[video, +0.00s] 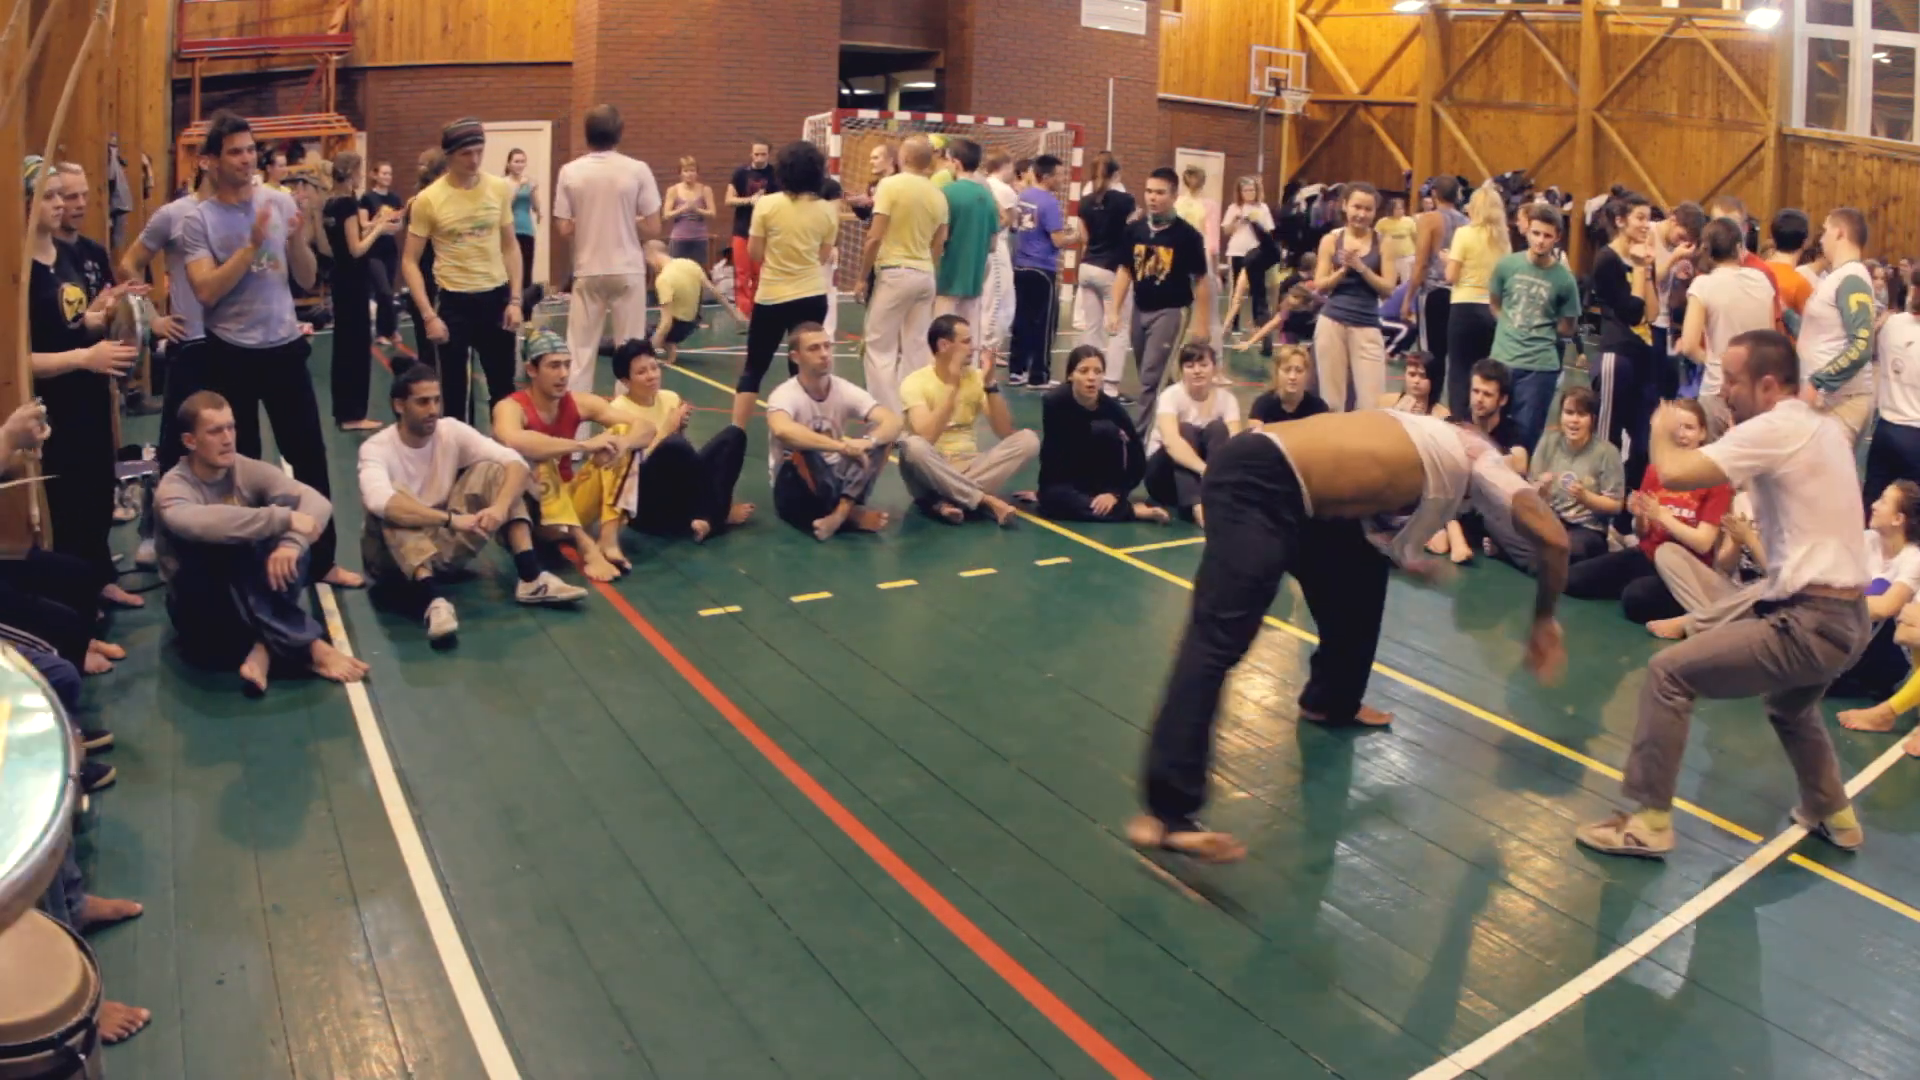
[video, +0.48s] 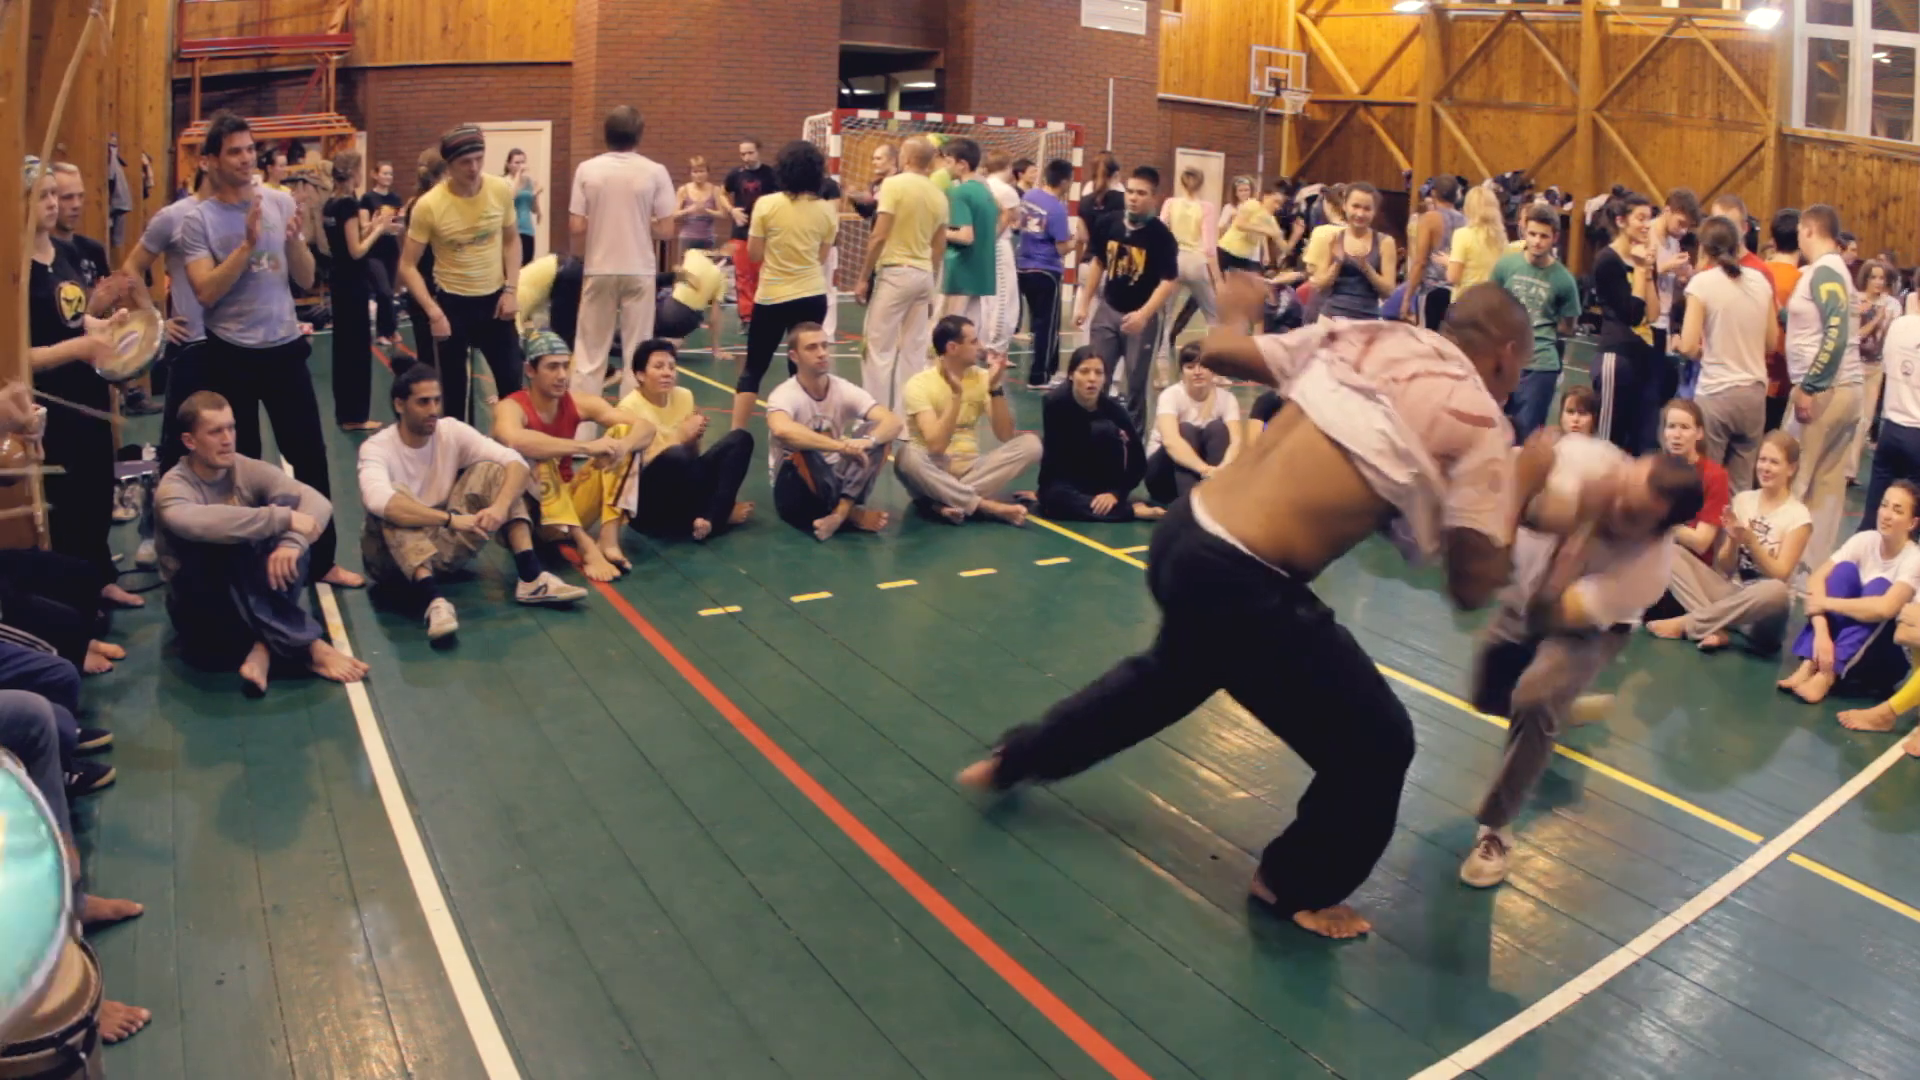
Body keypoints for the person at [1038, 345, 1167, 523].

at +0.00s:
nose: (1091, 377)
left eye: (1097, 371)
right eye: (1084, 371)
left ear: (1103, 376)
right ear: (1071, 376)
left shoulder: (1113, 410)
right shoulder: (1055, 404)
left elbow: (1139, 462)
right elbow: (1052, 451)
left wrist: (1115, 494)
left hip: (1103, 484)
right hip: (1066, 482)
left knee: (1106, 430)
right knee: (1054, 501)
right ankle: (1130, 512)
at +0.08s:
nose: (1092, 379)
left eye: (1098, 372)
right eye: (1084, 372)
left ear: (1104, 377)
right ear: (1071, 377)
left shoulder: (1113, 409)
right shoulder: (1055, 404)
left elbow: (1139, 462)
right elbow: (1052, 451)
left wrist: (1115, 494)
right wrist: (1043, 491)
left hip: (1103, 484)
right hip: (1066, 482)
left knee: (1106, 431)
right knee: (1054, 501)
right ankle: (1130, 512)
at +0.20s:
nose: (1092, 380)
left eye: (1098, 373)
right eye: (1085, 373)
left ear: (1104, 378)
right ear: (1072, 377)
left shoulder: (1113, 409)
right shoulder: (1056, 404)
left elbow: (1139, 461)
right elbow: (1051, 454)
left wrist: (1116, 494)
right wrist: (1044, 492)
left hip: (1104, 482)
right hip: (1067, 481)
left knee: (1105, 431)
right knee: (1053, 502)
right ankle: (1130, 512)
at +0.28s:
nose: (1092, 380)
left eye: (1098, 374)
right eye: (1085, 373)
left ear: (1105, 379)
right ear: (1072, 377)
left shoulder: (1114, 411)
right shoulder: (1056, 405)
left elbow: (1139, 462)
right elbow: (1051, 455)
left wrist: (1116, 494)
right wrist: (1043, 492)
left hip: (1104, 482)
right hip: (1066, 481)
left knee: (1104, 431)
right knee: (1053, 503)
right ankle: (1130, 512)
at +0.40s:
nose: (1092, 379)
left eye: (1098, 373)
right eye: (1085, 372)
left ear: (1105, 378)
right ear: (1071, 376)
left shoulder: (1112, 410)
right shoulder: (1056, 406)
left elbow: (1139, 462)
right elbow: (1052, 456)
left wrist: (1116, 494)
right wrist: (1042, 493)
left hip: (1104, 483)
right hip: (1067, 482)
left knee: (1105, 431)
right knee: (1055, 501)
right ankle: (1130, 512)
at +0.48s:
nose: (1092, 379)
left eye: (1098, 373)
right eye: (1084, 372)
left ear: (1105, 379)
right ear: (1071, 375)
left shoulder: (1113, 410)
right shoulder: (1056, 405)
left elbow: (1138, 463)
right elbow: (1053, 456)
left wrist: (1115, 494)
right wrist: (1042, 492)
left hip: (1104, 483)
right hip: (1067, 481)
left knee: (1104, 431)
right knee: (1054, 501)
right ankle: (1130, 512)